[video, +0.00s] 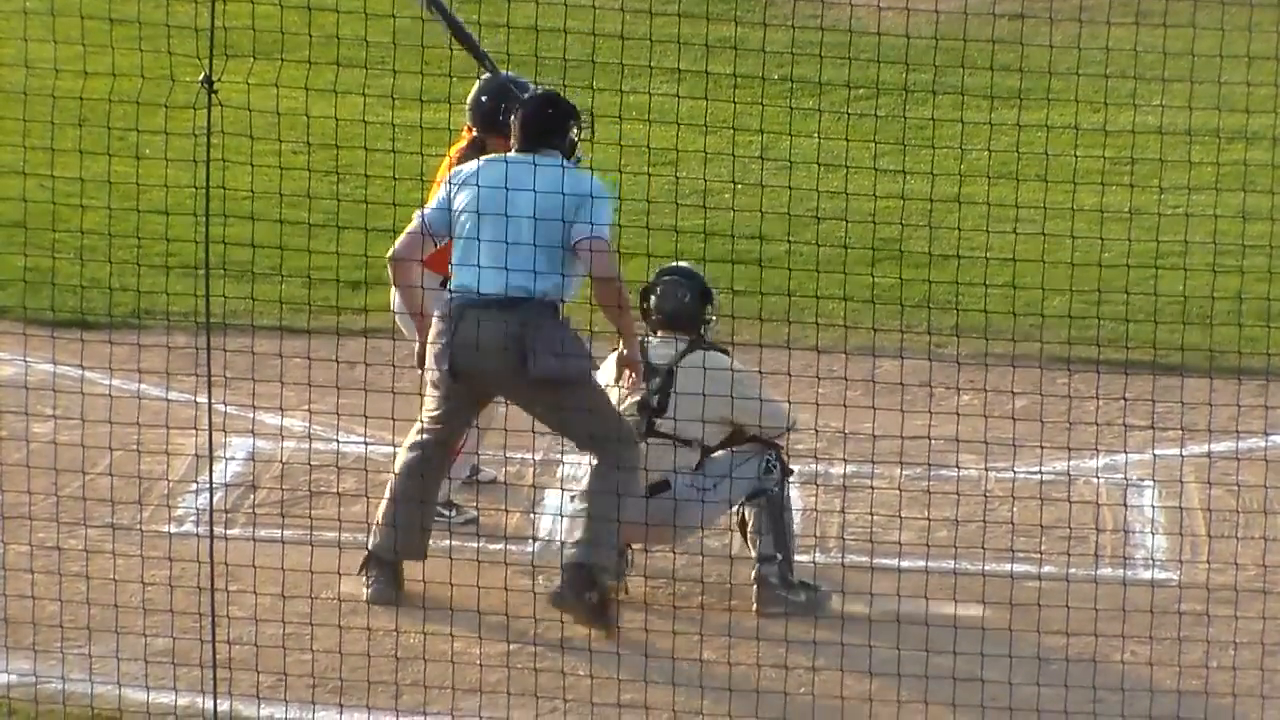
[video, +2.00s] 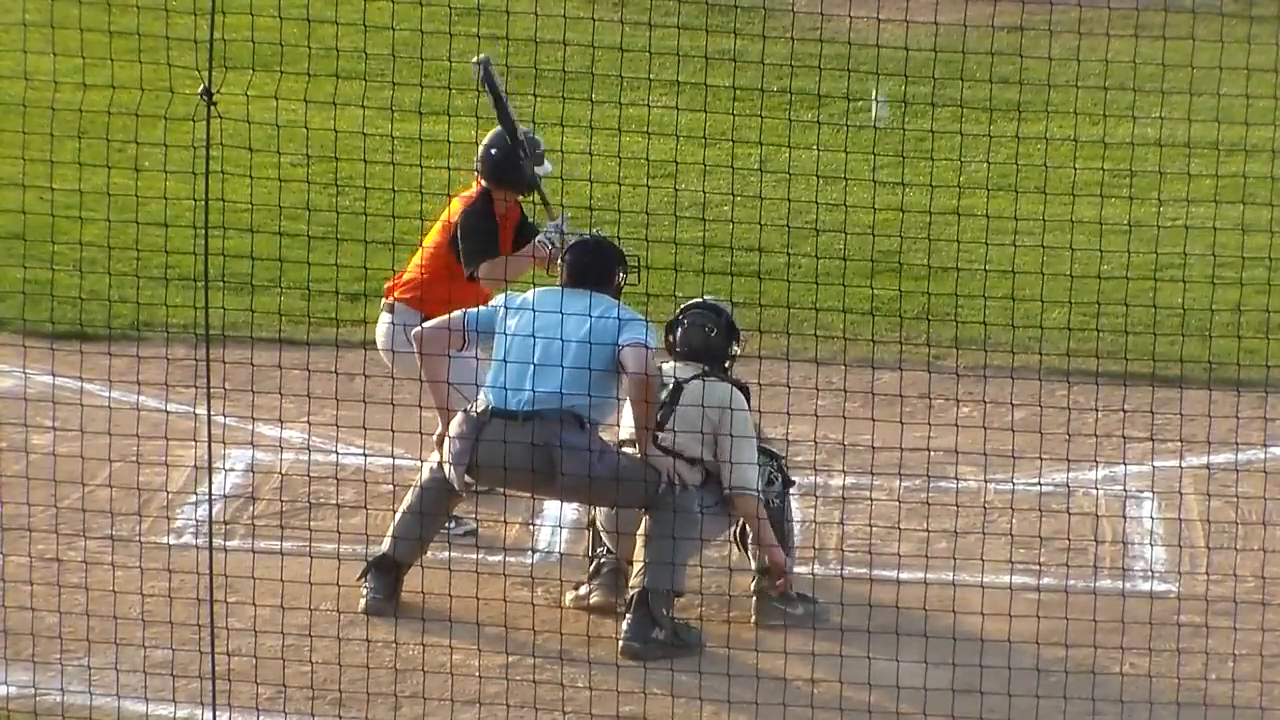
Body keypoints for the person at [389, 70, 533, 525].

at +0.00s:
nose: (521, 132)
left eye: (521, 123)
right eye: (516, 122)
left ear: (482, 122)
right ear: (497, 125)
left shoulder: (475, 156)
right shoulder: (470, 165)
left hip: (442, 281)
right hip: (430, 284)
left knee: (472, 371)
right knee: (452, 383)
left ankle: (465, 463)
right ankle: (437, 491)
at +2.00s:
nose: (536, 173)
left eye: (536, 165)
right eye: (531, 166)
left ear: (491, 168)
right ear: (519, 172)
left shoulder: (511, 210)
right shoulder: (475, 207)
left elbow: (527, 256)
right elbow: (488, 272)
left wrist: (550, 244)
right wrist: (536, 252)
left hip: (450, 327)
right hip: (411, 324)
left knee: (489, 401)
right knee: (467, 410)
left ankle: (443, 504)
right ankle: (435, 509)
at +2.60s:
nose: (514, 131)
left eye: (514, 123)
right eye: (507, 124)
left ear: (481, 127)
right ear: (487, 127)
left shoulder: (489, 161)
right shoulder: (445, 175)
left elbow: (486, 212)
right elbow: (430, 249)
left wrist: (512, 230)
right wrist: (484, 231)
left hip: (454, 286)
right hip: (415, 289)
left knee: (462, 388)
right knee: (445, 397)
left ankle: (410, 465)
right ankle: (434, 504)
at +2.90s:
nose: (471, 102)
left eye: (470, 94)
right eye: (465, 95)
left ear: (433, 97)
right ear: (444, 98)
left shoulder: (434, 136)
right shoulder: (407, 144)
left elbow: (441, 191)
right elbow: (399, 221)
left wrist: (479, 189)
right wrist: (453, 200)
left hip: (414, 274)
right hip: (392, 276)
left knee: (417, 381)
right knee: (435, 383)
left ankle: (354, 473)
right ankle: (432, 506)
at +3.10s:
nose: (435, 103)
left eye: (436, 94)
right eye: (432, 93)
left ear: (394, 85)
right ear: (414, 92)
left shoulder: (377, 123)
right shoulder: (379, 135)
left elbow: (390, 189)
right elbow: (373, 209)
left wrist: (419, 172)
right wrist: (425, 197)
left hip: (356, 260)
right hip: (361, 264)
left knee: (374, 377)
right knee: (394, 378)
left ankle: (345, 485)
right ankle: (405, 498)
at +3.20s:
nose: (419, 107)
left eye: (423, 97)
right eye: (418, 96)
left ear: (381, 81)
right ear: (400, 88)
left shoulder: (348, 118)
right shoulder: (367, 126)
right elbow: (360, 200)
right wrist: (413, 196)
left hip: (325, 258)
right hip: (347, 262)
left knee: (351, 377)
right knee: (382, 378)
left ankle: (339, 481)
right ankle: (349, 482)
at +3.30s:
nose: (402, 111)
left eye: (406, 102)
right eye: (402, 100)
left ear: (367, 83)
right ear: (387, 91)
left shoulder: (330, 116)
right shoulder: (358, 127)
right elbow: (353, 198)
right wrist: (408, 196)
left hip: (308, 257)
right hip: (340, 263)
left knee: (342, 379)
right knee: (368, 387)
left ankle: (348, 484)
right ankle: (305, 469)